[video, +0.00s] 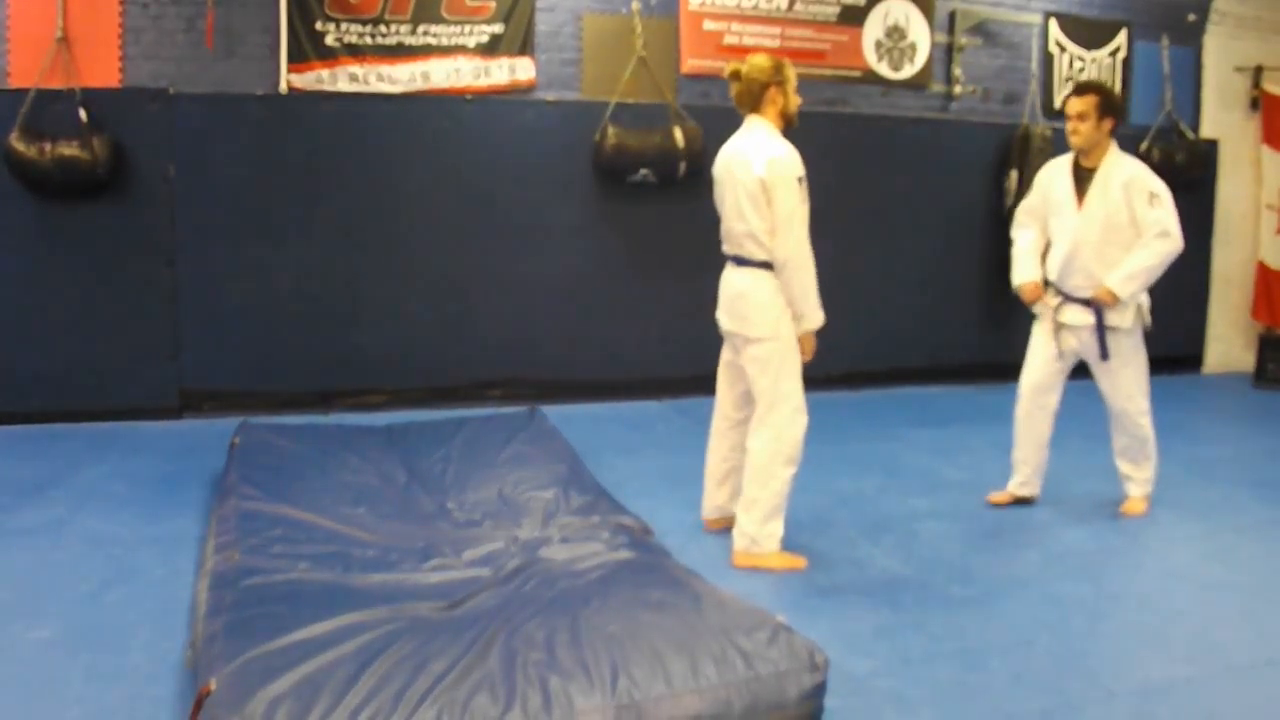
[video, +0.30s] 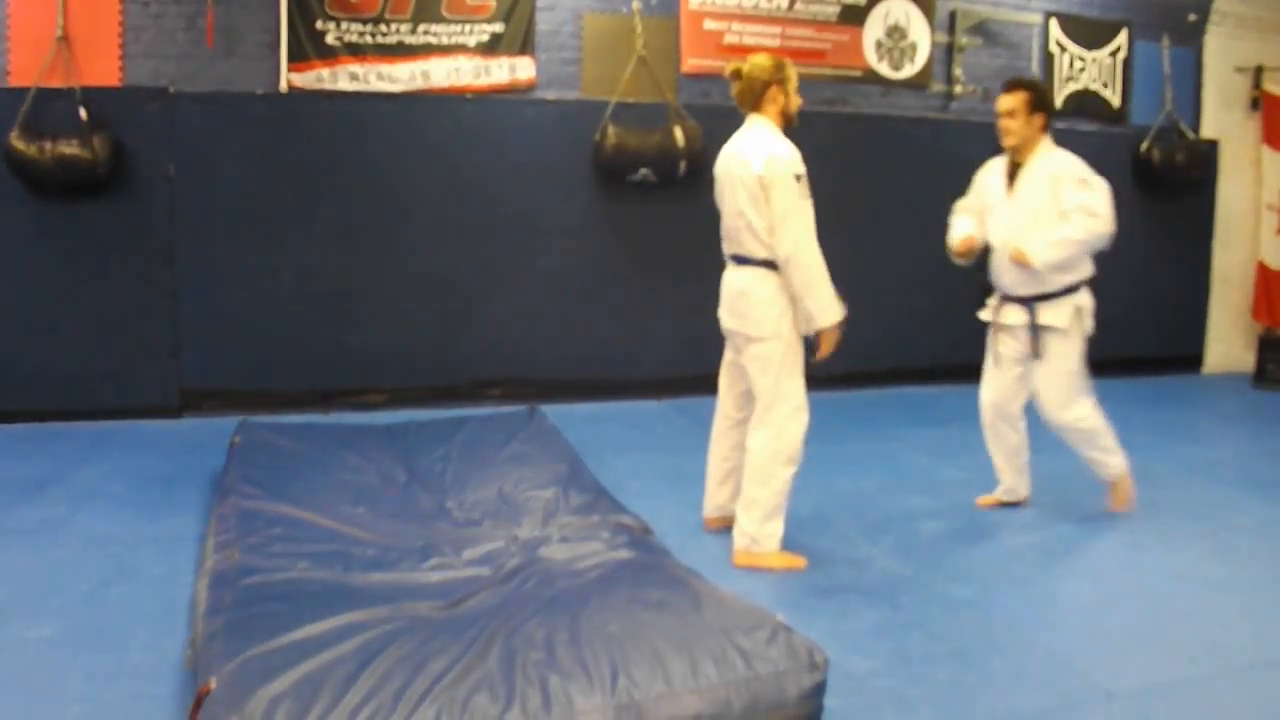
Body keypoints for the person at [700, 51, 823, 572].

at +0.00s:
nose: (797, 99)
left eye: (794, 90)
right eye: (793, 91)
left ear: (747, 96)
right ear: (777, 95)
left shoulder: (730, 150)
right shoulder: (780, 156)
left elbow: (733, 232)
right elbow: (792, 247)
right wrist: (807, 320)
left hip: (734, 278)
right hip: (767, 287)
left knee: (734, 403)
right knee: (783, 415)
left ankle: (719, 507)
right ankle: (756, 542)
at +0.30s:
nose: (798, 99)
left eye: (795, 90)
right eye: (794, 90)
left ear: (753, 96)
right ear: (776, 95)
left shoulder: (733, 148)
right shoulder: (778, 155)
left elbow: (734, 228)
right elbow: (796, 244)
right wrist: (826, 314)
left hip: (736, 278)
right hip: (768, 285)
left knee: (735, 401)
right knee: (783, 414)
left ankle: (721, 505)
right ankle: (757, 540)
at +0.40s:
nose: (799, 100)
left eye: (795, 91)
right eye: (794, 92)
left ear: (752, 96)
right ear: (778, 95)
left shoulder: (731, 149)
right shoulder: (779, 154)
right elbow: (800, 241)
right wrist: (876, 254)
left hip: (733, 283)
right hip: (767, 291)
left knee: (734, 404)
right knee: (782, 416)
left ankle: (720, 506)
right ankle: (756, 541)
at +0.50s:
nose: (800, 101)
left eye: (797, 93)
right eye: (796, 93)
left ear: (753, 95)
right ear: (781, 95)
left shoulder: (733, 145)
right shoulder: (785, 152)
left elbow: (761, 201)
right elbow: (838, 214)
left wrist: (810, 176)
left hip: (724, 282)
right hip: (763, 291)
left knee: (730, 405)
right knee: (781, 417)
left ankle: (720, 506)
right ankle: (756, 541)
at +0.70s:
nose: (809, 112)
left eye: (807, 103)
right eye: (804, 102)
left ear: (768, 102)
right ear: (781, 101)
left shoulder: (745, 144)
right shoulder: (775, 153)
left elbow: (802, 214)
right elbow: (834, 227)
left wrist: (837, 196)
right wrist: (870, 200)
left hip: (722, 286)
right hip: (743, 293)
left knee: (753, 407)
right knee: (776, 418)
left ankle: (730, 504)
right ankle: (758, 543)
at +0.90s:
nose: (782, 131)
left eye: (782, 121)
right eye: (773, 121)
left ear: (755, 123)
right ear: (740, 121)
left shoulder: (748, 170)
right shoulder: (727, 177)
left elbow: (745, 245)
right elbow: (766, 257)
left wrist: (781, 225)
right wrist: (827, 227)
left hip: (736, 308)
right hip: (705, 311)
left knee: (772, 419)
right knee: (757, 419)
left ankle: (745, 516)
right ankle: (704, 515)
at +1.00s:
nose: (744, 144)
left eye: (748, 134)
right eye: (734, 135)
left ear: (751, 133)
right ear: (707, 136)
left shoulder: (744, 181)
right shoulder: (692, 189)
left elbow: (774, 229)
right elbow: (755, 249)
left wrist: (784, 196)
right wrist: (812, 213)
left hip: (737, 320)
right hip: (691, 323)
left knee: (772, 429)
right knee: (721, 438)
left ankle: (749, 517)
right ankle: (666, 493)